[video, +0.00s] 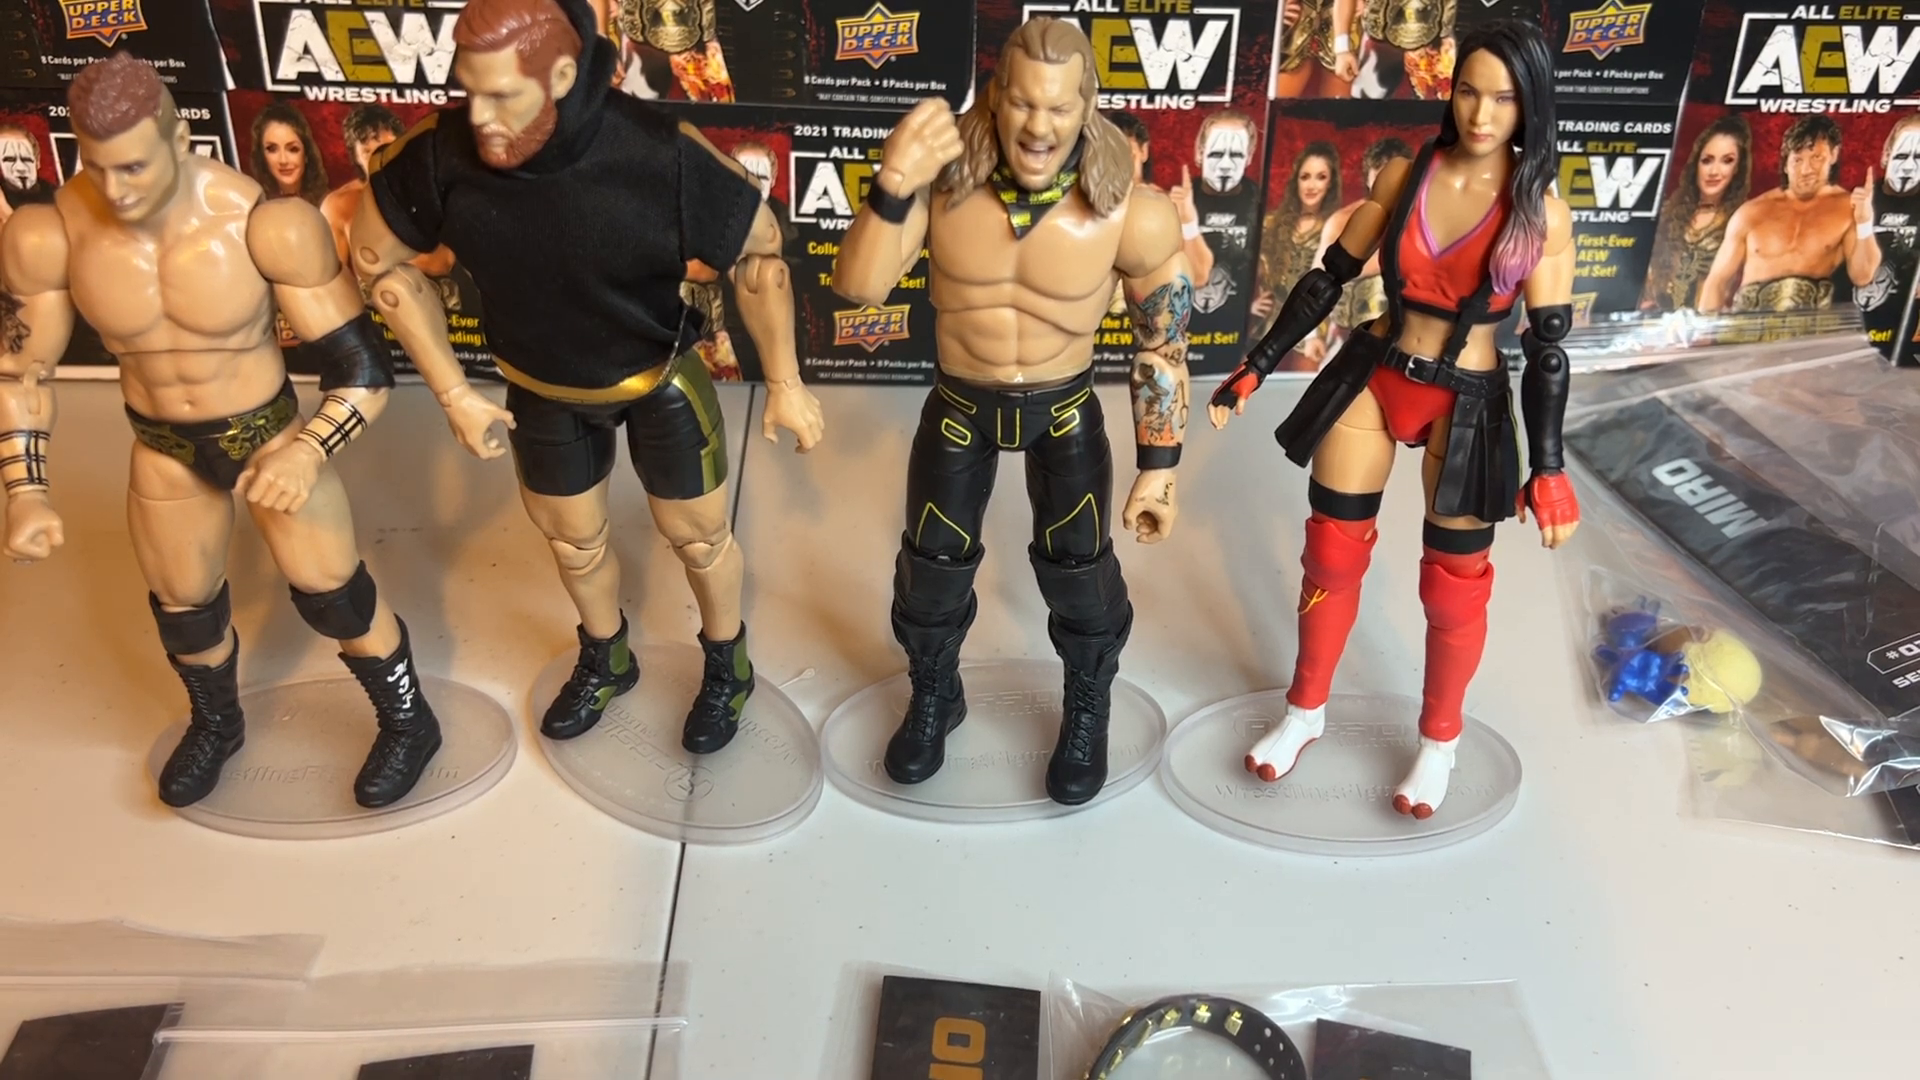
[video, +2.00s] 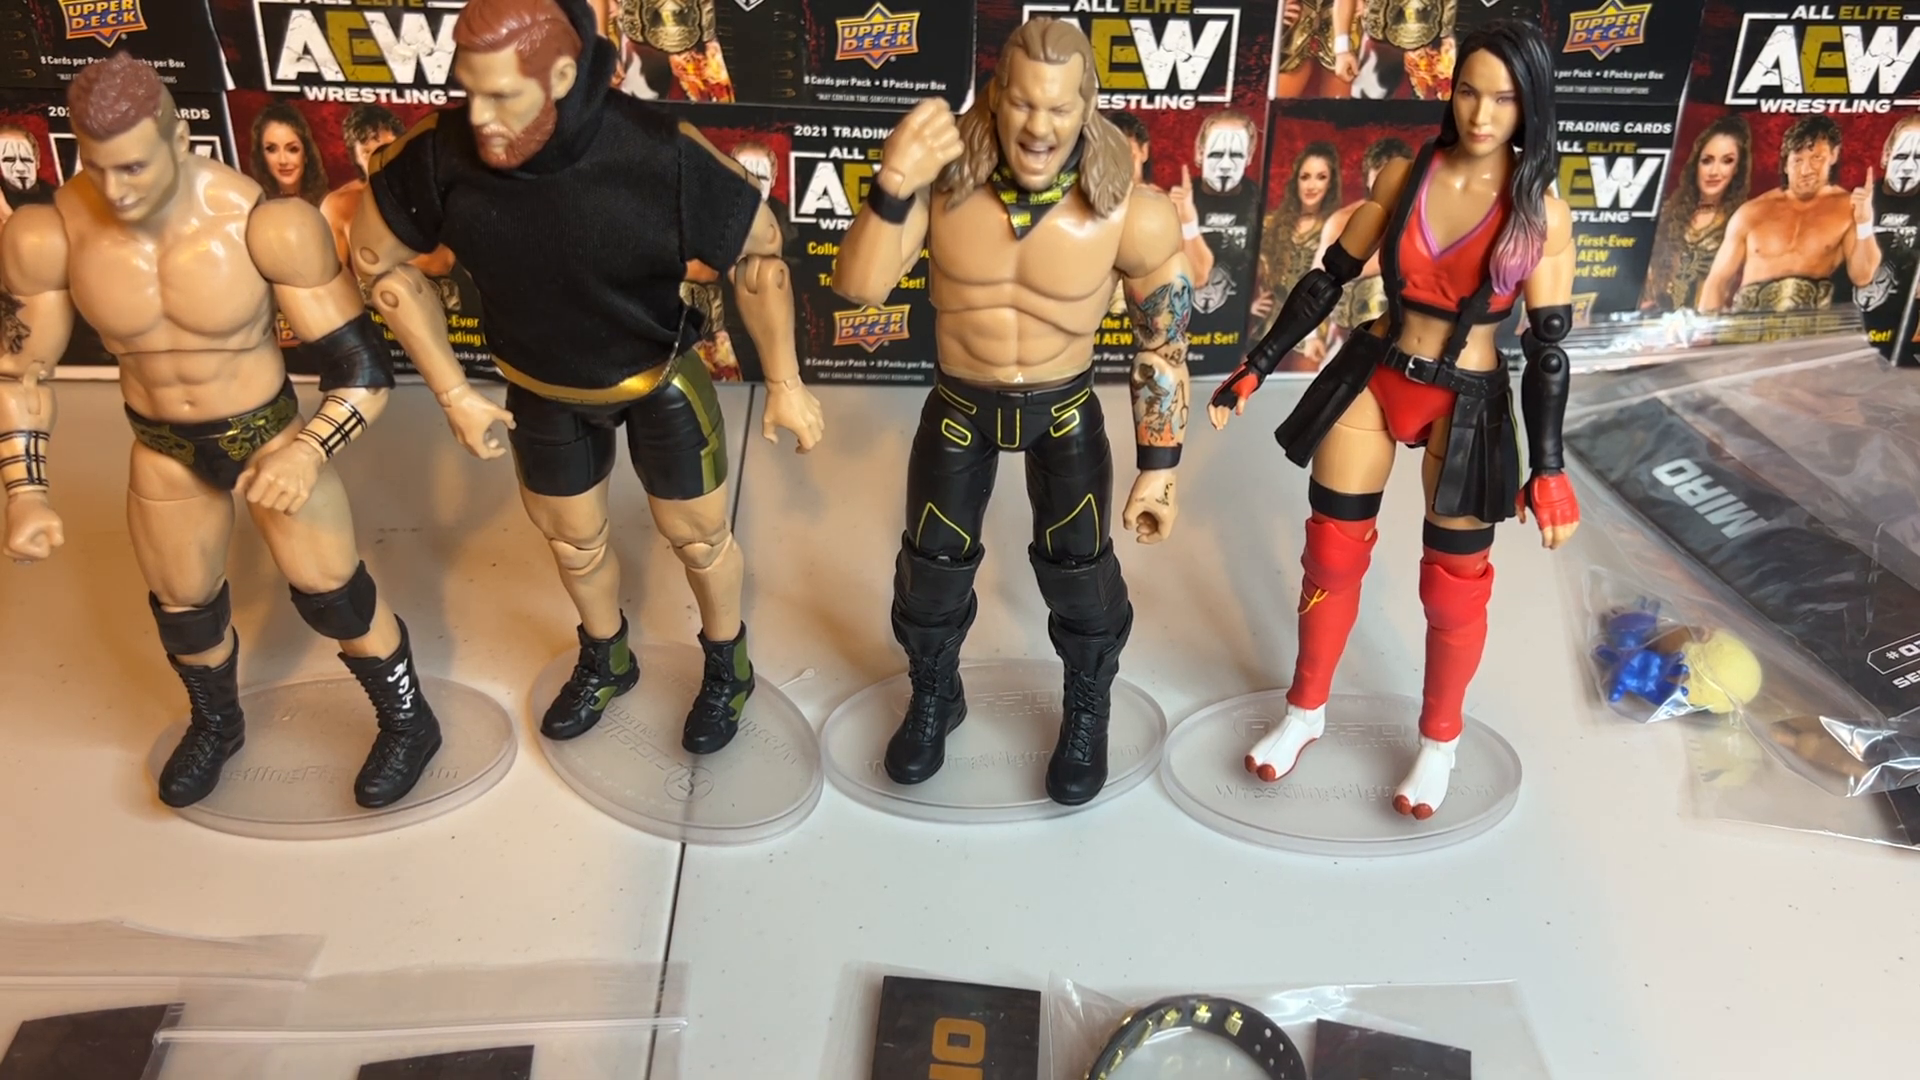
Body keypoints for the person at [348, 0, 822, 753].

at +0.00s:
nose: (481, 118)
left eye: (502, 96)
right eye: (468, 95)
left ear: (563, 76)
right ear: (457, 82)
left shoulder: (653, 154)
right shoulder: (443, 158)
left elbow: (757, 245)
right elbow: (372, 251)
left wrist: (784, 381)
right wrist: (453, 392)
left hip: (660, 380)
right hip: (541, 393)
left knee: (700, 540)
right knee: (575, 547)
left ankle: (726, 665)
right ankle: (607, 659)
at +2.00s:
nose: (481, 119)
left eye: (502, 96)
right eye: (468, 95)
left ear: (564, 76)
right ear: (456, 81)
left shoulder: (653, 155)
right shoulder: (442, 159)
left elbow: (757, 245)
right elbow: (372, 252)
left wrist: (784, 381)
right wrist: (453, 392)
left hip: (661, 382)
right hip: (542, 394)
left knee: (700, 540)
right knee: (575, 546)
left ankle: (726, 667)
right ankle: (607, 660)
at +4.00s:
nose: (481, 119)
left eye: (502, 96)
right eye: (468, 95)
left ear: (564, 76)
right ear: (456, 81)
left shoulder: (653, 155)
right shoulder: (442, 158)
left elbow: (757, 246)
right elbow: (373, 252)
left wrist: (784, 381)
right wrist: (452, 392)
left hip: (661, 382)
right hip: (542, 395)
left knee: (700, 541)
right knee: (575, 547)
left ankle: (726, 667)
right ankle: (607, 661)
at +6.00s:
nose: (481, 119)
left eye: (503, 96)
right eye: (468, 95)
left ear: (564, 77)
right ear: (457, 81)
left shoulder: (653, 156)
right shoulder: (443, 159)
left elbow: (757, 246)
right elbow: (372, 251)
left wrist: (784, 381)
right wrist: (452, 392)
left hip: (661, 382)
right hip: (542, 394)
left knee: (700, 540)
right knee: (575, 545)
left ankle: (726, 666)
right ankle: (607, 660)